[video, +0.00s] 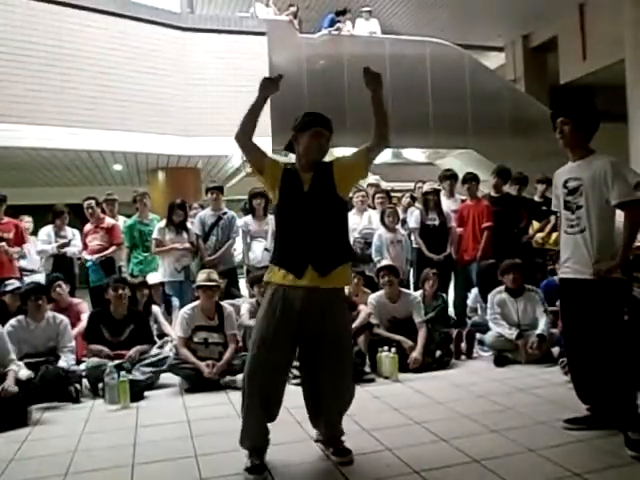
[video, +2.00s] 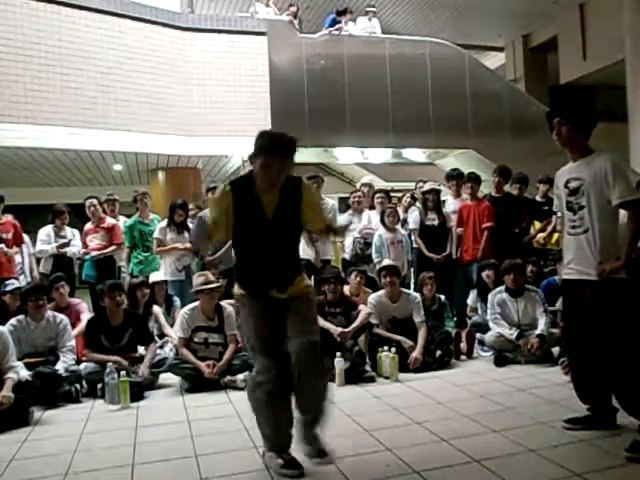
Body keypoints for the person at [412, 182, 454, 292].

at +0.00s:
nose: (433, 198)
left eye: (435, 194)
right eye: (429, 194)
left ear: (438, 197)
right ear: (425, 197)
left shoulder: (445, 214)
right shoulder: (419, 213)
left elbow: (450, 232)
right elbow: (416, 235)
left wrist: (447, 250)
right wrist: (428, 253)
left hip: (442, 255)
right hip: (425, 255)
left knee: (442, 290)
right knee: (423, 288)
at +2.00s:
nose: (432, 197)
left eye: (435, 194)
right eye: (429, 194)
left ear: (438, 197)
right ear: (424, 196)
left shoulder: (444, 214)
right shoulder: (418, 214)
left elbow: (450, 233)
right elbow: (415, 235)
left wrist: (448, 250)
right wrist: (428, 253)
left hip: (443, 257)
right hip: (425, 257)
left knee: (443, 290)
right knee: (424, 289)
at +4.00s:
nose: (436, 200)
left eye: (439, 197)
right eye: (433, 196)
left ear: (443, 200)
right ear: (428, 199)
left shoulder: (449, 217)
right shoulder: (423, 216)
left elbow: (454, 236)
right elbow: (420, 238)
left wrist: (453, 253)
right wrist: (432, 256)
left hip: (448, 259)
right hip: (430, 259)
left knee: (448, 292)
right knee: (428, 291)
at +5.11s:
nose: (437, 200)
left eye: (440, 196)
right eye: (434, 196)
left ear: (444, 199)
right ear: (429, 199)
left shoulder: (448, 217)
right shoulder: (423, 216)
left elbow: (454, 236)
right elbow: (420, 238)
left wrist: (450, 254)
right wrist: (432, 257)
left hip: (447, 259)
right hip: (429, 259)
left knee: (447, 291)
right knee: (428, 290)